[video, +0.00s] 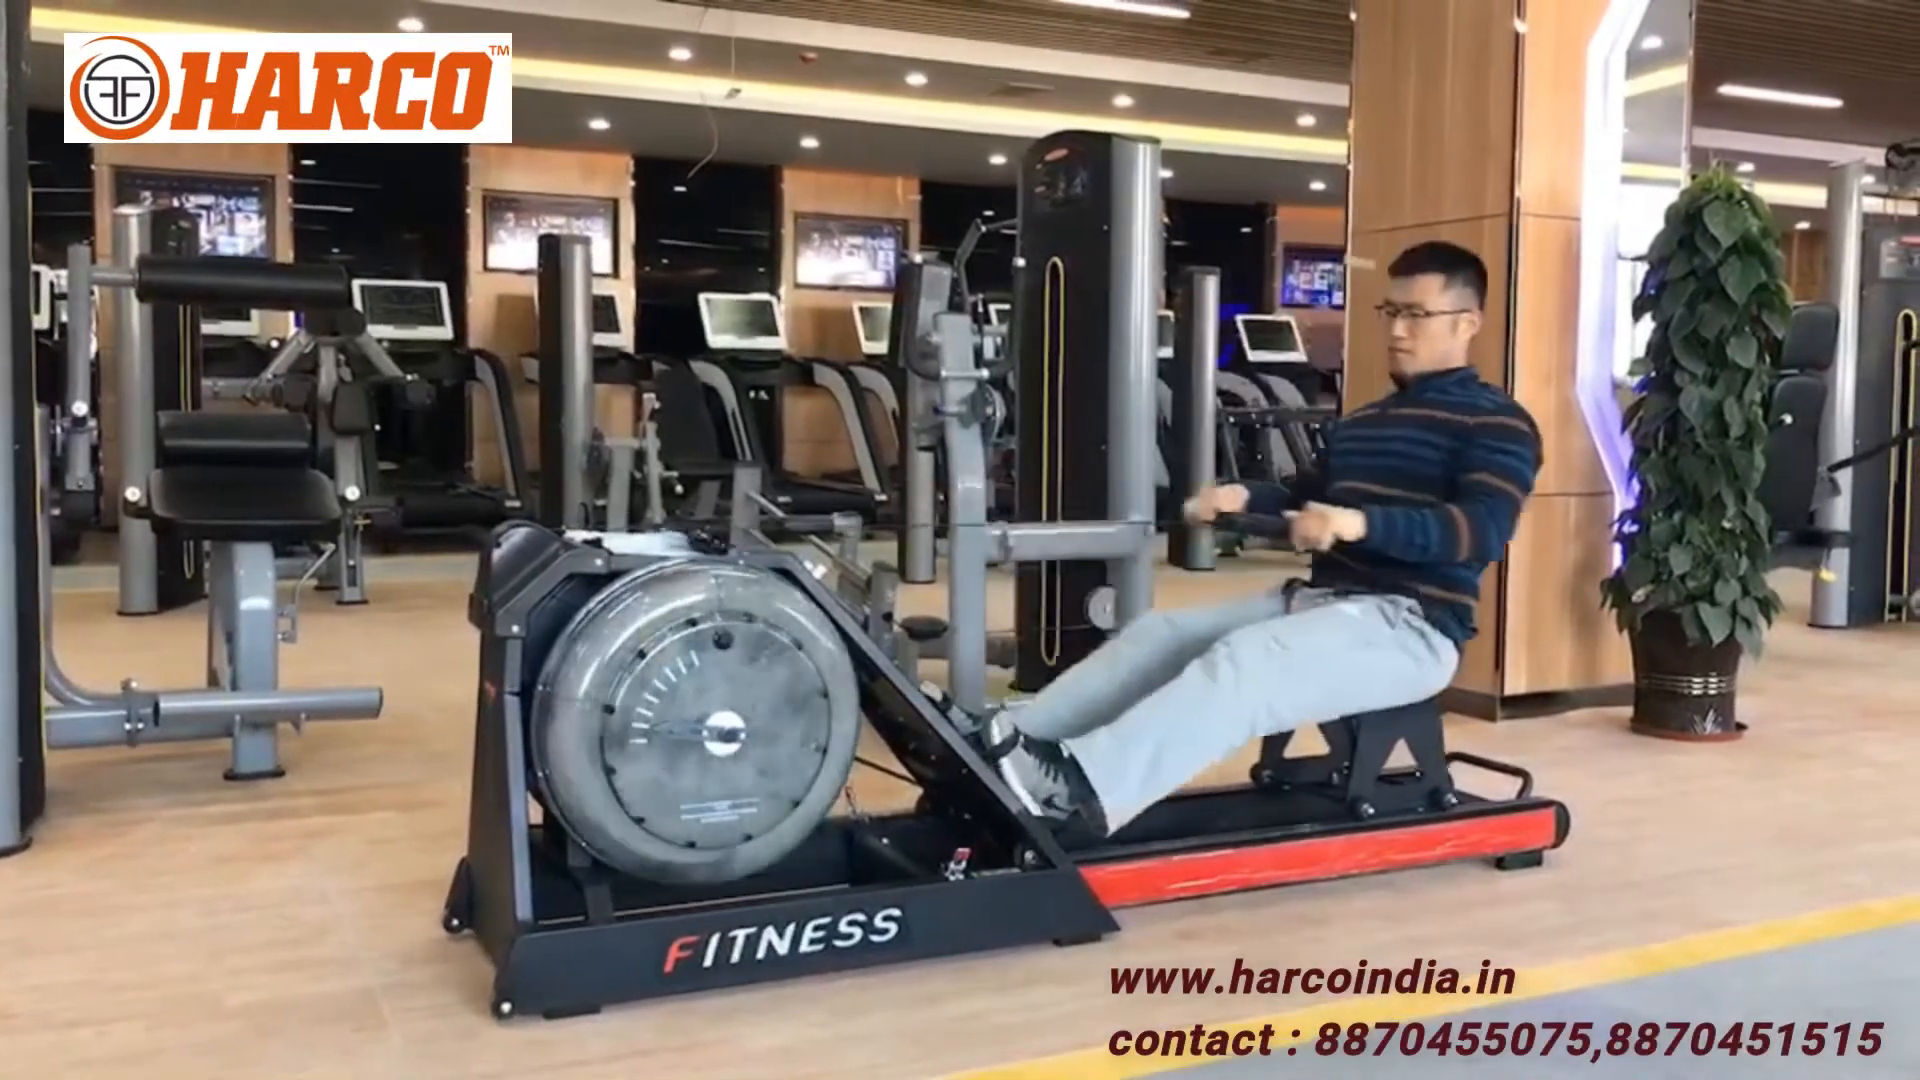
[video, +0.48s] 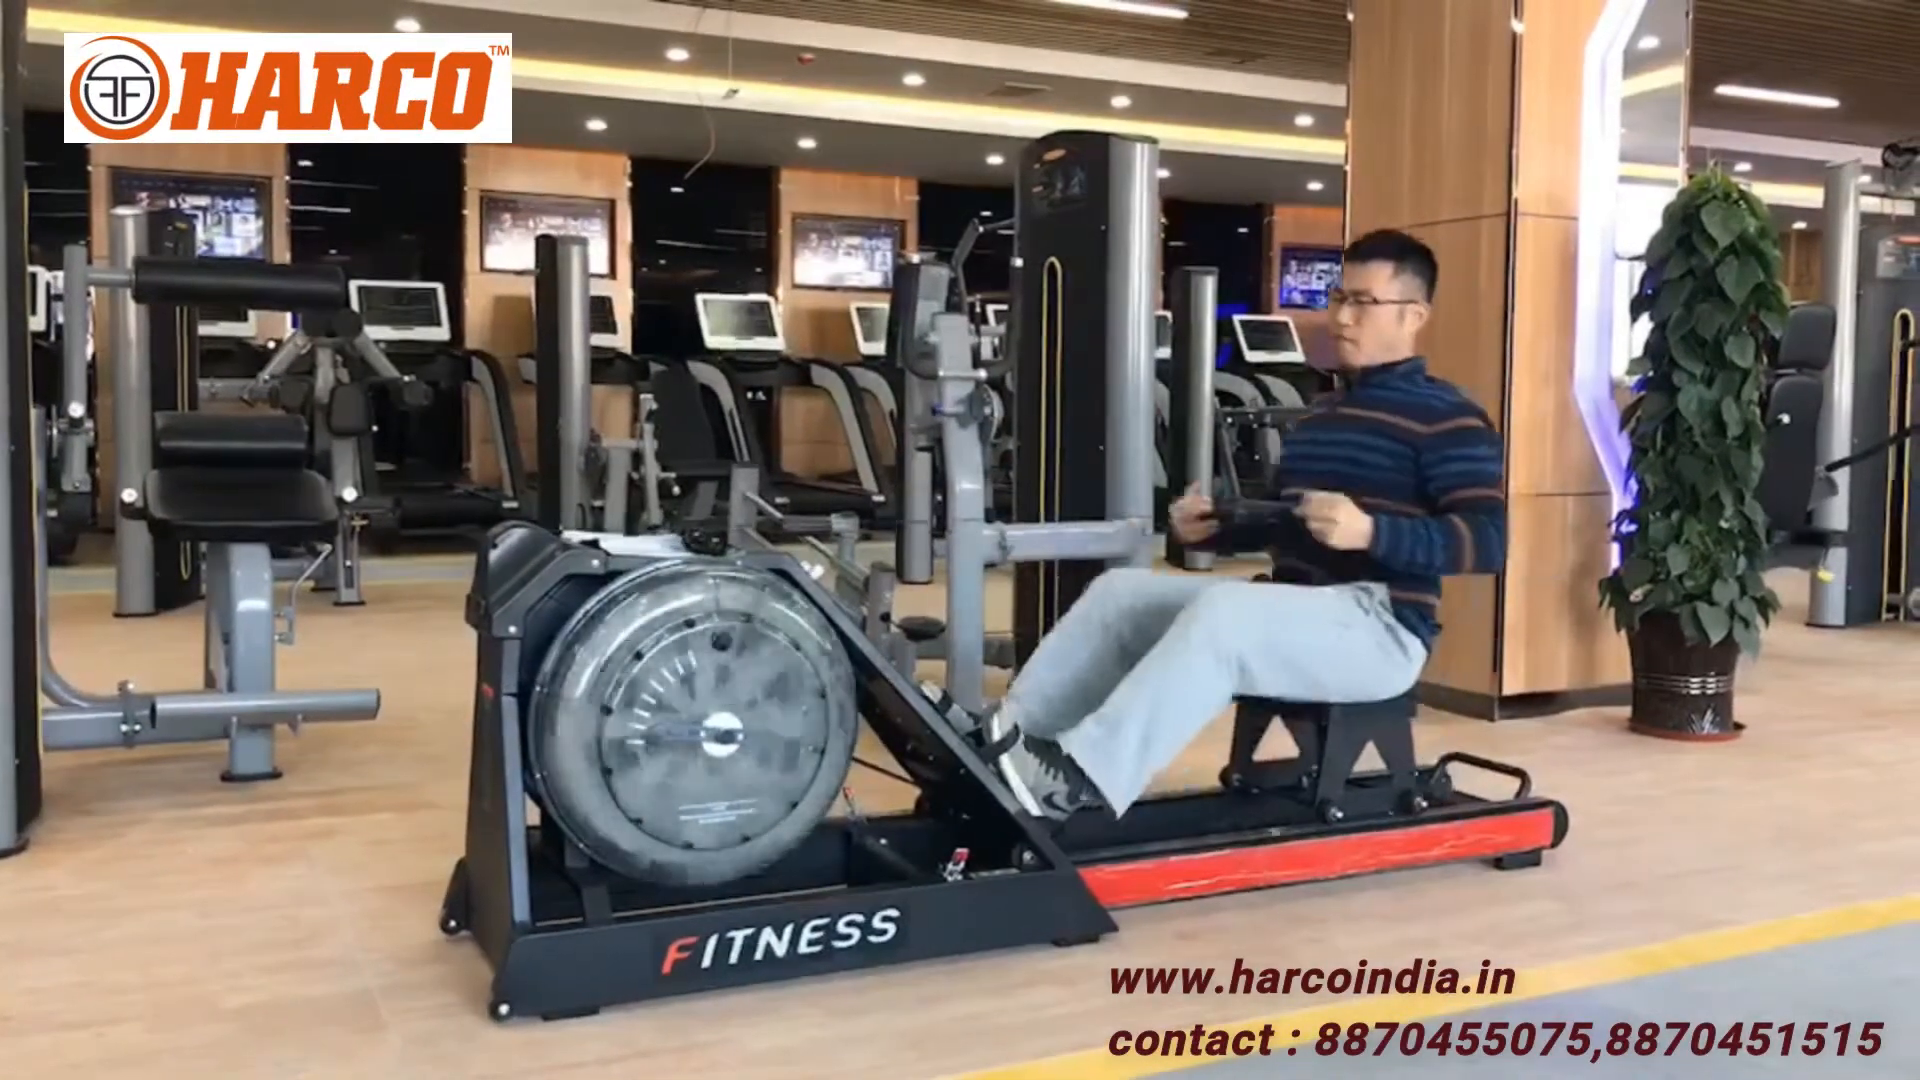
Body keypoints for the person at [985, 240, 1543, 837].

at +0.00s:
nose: (1397, 329)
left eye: (1418, 315)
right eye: (1392, 313)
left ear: (1469, 327)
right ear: (1382, 318)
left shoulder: (1500, 423)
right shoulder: (1365, 419)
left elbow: (1477, 534)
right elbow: (1318, 500)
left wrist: (1364, 525)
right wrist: (1244, 497)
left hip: (1408, 625)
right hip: (1321, 601)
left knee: (1240, 668)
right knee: (1163, 632)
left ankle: (1084, 790)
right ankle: (1005, 740)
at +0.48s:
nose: (1342, 316)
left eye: (1364, 302)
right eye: (1338, 300)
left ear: (1415, 318)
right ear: (1331, 305)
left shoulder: (1449, 416)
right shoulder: (1319, 414)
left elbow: (1485, 540)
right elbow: (1289, 521)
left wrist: (1373, 529)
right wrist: (1214, 528)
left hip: (1382, 627)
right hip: (1295, 605)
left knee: (1220, 618)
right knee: (1122, 592)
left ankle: (1084, 776)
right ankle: (1001, 737)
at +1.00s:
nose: (1175, 293)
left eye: (1198, 280)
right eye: (1175, 277)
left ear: (1252, 302)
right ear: (1167, 287)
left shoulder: (1269, 398)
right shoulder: (1146, 399)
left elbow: (1172, 485)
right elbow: (1074, 473)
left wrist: (1043, 514)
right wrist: (956, 481)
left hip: (1256, 637)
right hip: (1155, 614)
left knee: (1127, 558)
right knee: (998, 551)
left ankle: (1038, 769)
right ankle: (957, 748)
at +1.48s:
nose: (1260, 307)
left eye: (1283, 293)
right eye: (1255, 290)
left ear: (1331, 311)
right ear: (1244, 295)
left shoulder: (1341, 406)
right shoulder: (1222, 406)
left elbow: (1254, 502)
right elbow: (1158, 510)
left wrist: (1144, 477)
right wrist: (1056, 471)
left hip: (1315, 627)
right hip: (1221, 602)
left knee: (1175, 587)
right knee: (1062, 567)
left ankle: (1048, 772)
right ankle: (970, 732)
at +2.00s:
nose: (1396, 344)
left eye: (1417, 328)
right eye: (1387, 326)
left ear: (1465, 335)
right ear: (1376, 328)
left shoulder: (1490, 434)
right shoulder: (1369, 419)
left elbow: (1473, 551)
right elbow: (1306, 531)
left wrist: (1395, 478)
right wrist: (1269, 462)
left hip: (1401, 634)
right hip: (1313, 608)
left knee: (1245, 694)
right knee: (1175, 661)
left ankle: (1079, 804)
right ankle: (999, 744)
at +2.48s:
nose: (1277, 311)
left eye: (1296, 296)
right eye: (1274, 295)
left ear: (1352, 311)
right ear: (1266, 301)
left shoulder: (1382, 419)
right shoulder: (1260, 420)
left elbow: (1365, 542)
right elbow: (1202, 530)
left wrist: (1252, 501)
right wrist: (1131, 493)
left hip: (1348, 637)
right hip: (1251, 618)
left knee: (1205, 607)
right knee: (1091, 591)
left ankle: (1081, 781)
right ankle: (1000, 751)